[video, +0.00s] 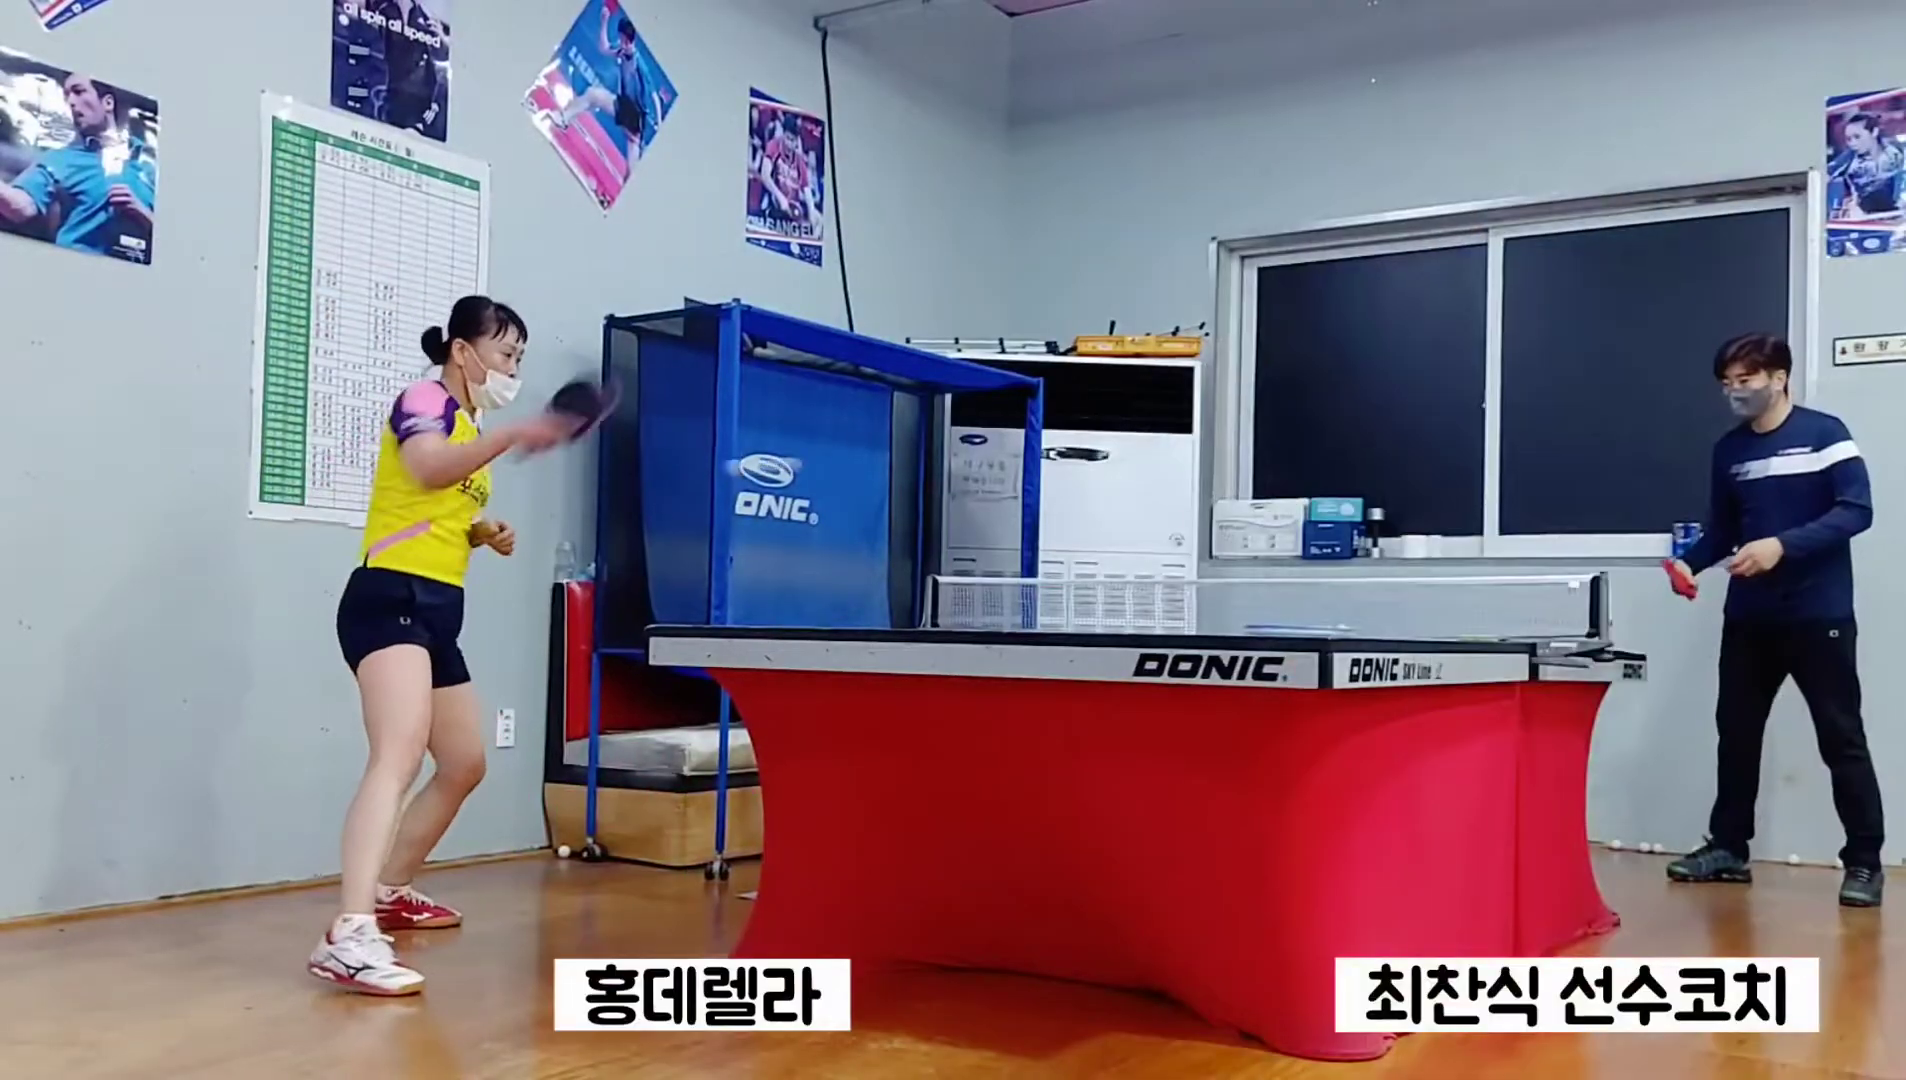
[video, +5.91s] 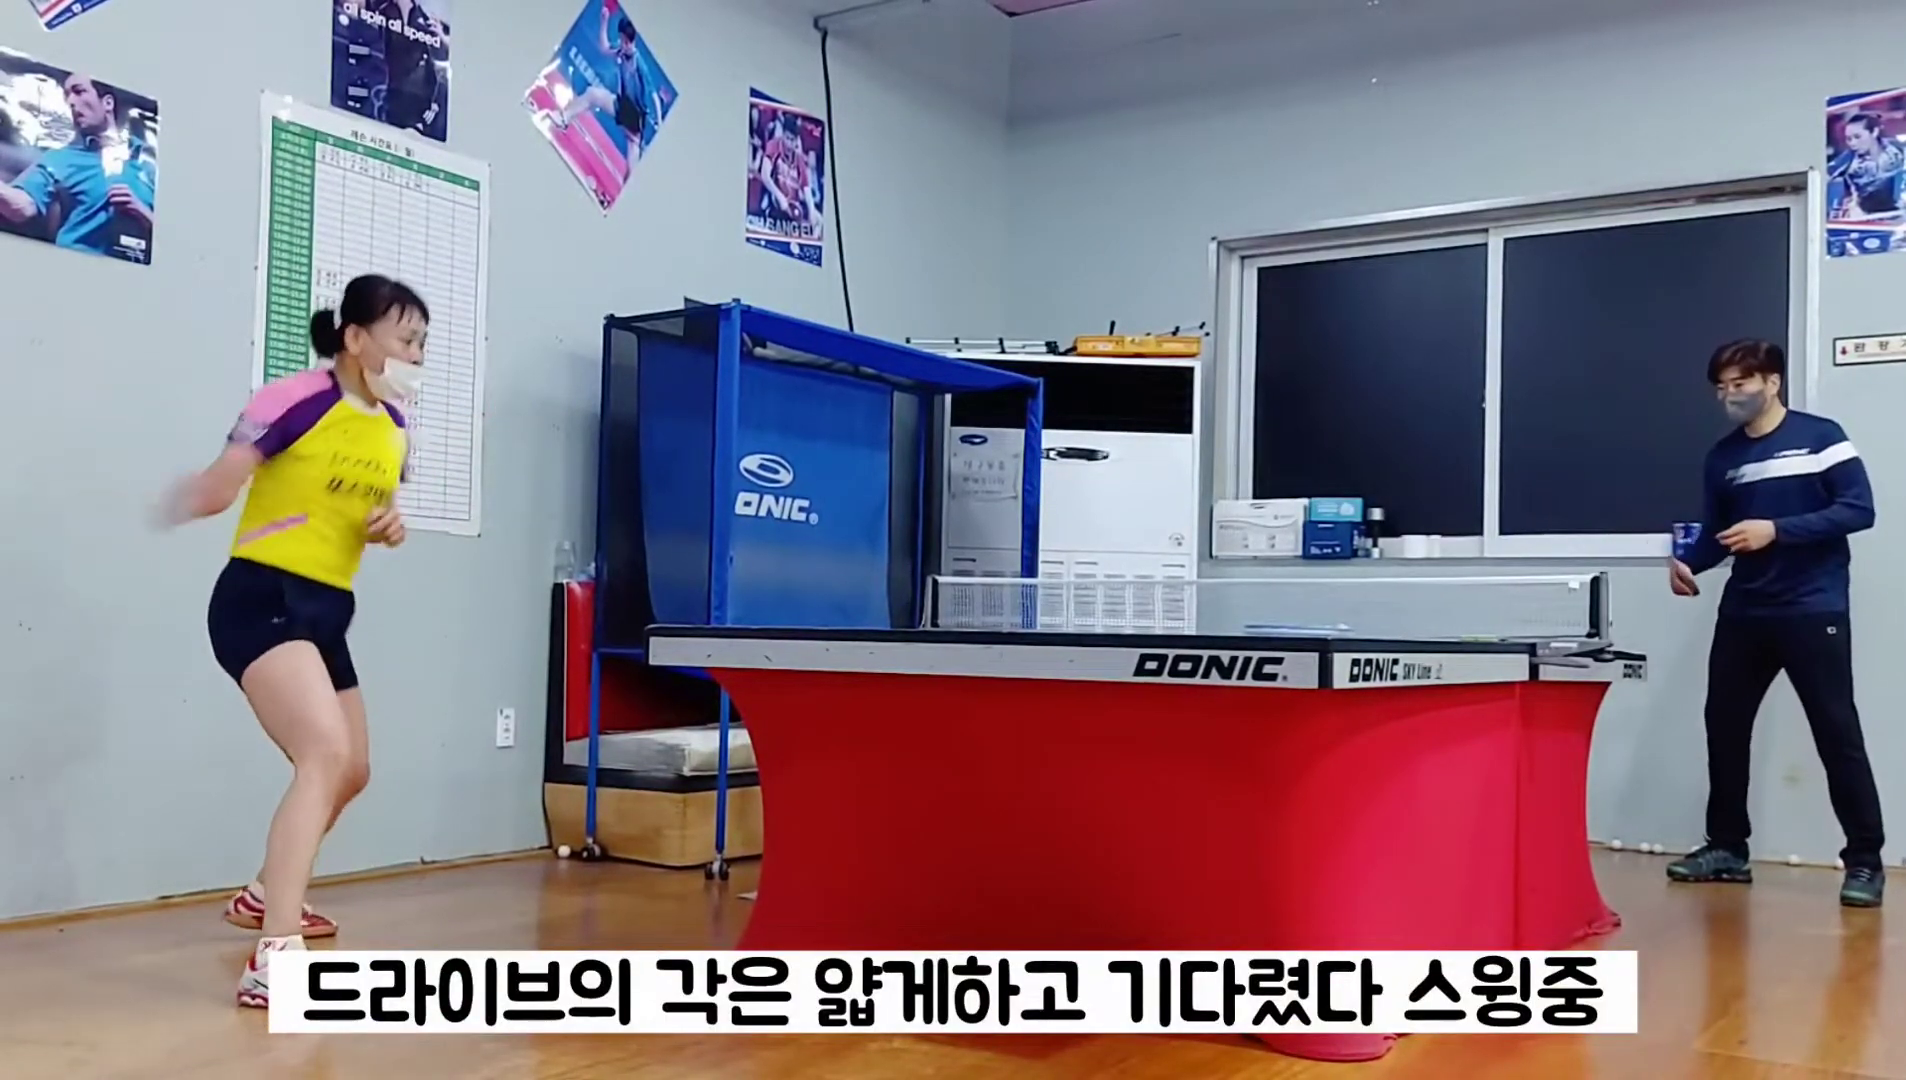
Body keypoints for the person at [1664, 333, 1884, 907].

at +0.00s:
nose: (1738, 388)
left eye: (1748, 376)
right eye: (1730, 381)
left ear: (1780, 378)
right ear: (1725, 388)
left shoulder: (1825, 433)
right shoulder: (1729, 449)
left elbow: (1857, 510)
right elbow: (1722, 532)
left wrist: (1782, 544)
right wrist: (1689, 560)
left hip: (1821, 618)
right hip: (1750, 619)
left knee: (1843, 742)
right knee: (1736, 733)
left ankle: (1863, 864)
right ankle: (1729, 848)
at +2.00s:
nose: (1735, 390)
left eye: (1746, 379)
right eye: (1727, 384)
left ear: (1776, 380)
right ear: (1723, 392)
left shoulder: (1825, 433)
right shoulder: (1731, 452)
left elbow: (1861, 508)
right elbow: (1727, 532)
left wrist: (1776, 530)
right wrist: (1694, 565)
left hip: (1822, 617)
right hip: (1753, 618)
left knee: (1842, 740)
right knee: (1733, 731)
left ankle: (1864, 863)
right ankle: (1729, 849)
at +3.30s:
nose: (1721, 407)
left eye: (1732, 396)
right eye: (1715, 398)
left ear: (1766, 395)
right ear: (1711, 400)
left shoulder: (1823, 442)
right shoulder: (1713, 458)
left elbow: (1866, 513)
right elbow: (1663, 502)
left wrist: (1792, 536)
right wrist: (1631, 546)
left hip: (1819, 618)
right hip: (1744, 618)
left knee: (1843, 737)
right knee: (1717, 723)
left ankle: (1864, 863)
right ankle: (1726, 849)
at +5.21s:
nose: (1727, 410)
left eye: (1738, 399)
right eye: (1719, 402)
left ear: (1769, 394)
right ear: (1713, 404)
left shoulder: (1822, 442)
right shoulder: (1718, 462)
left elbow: (1860, 515)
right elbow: (1695, 530)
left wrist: (1782, 533)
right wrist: (1680, 575)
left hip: (1814, 619)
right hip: (1740, 621)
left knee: (1841, 739)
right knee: (1712, 723)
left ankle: (1863, 863)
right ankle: (1726, 848)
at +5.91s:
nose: (1732, 391)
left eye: (1743, 380)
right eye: (1724, 384)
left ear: (1773, 381)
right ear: (1718, 392)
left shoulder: (1821, 436)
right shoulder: (1723, 456)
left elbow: (1859, 509)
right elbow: (1719, 535)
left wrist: (1775, 528)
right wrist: (1687, 560)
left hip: (1814, 615)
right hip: (1745, 615)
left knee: (1838, 737)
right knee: (1724, 727)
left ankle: (1864, 863)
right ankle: (1728, 848)